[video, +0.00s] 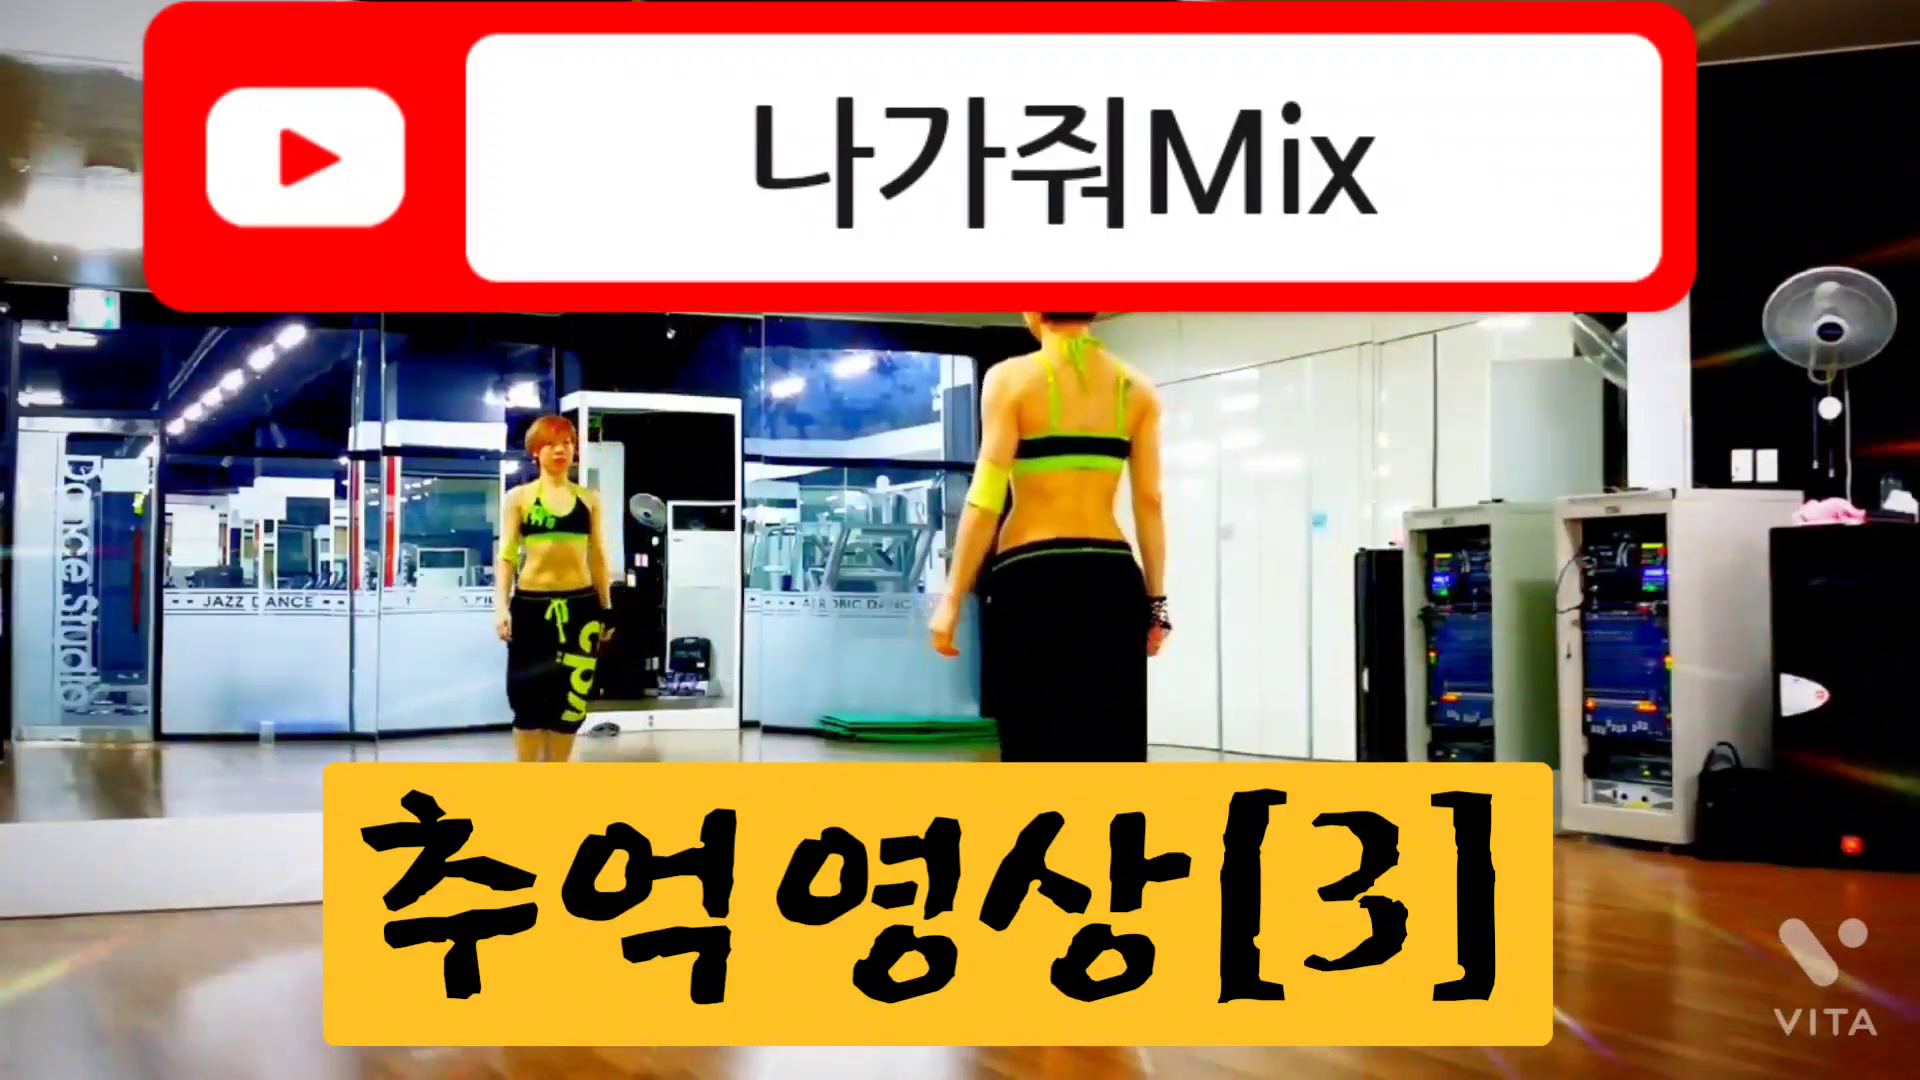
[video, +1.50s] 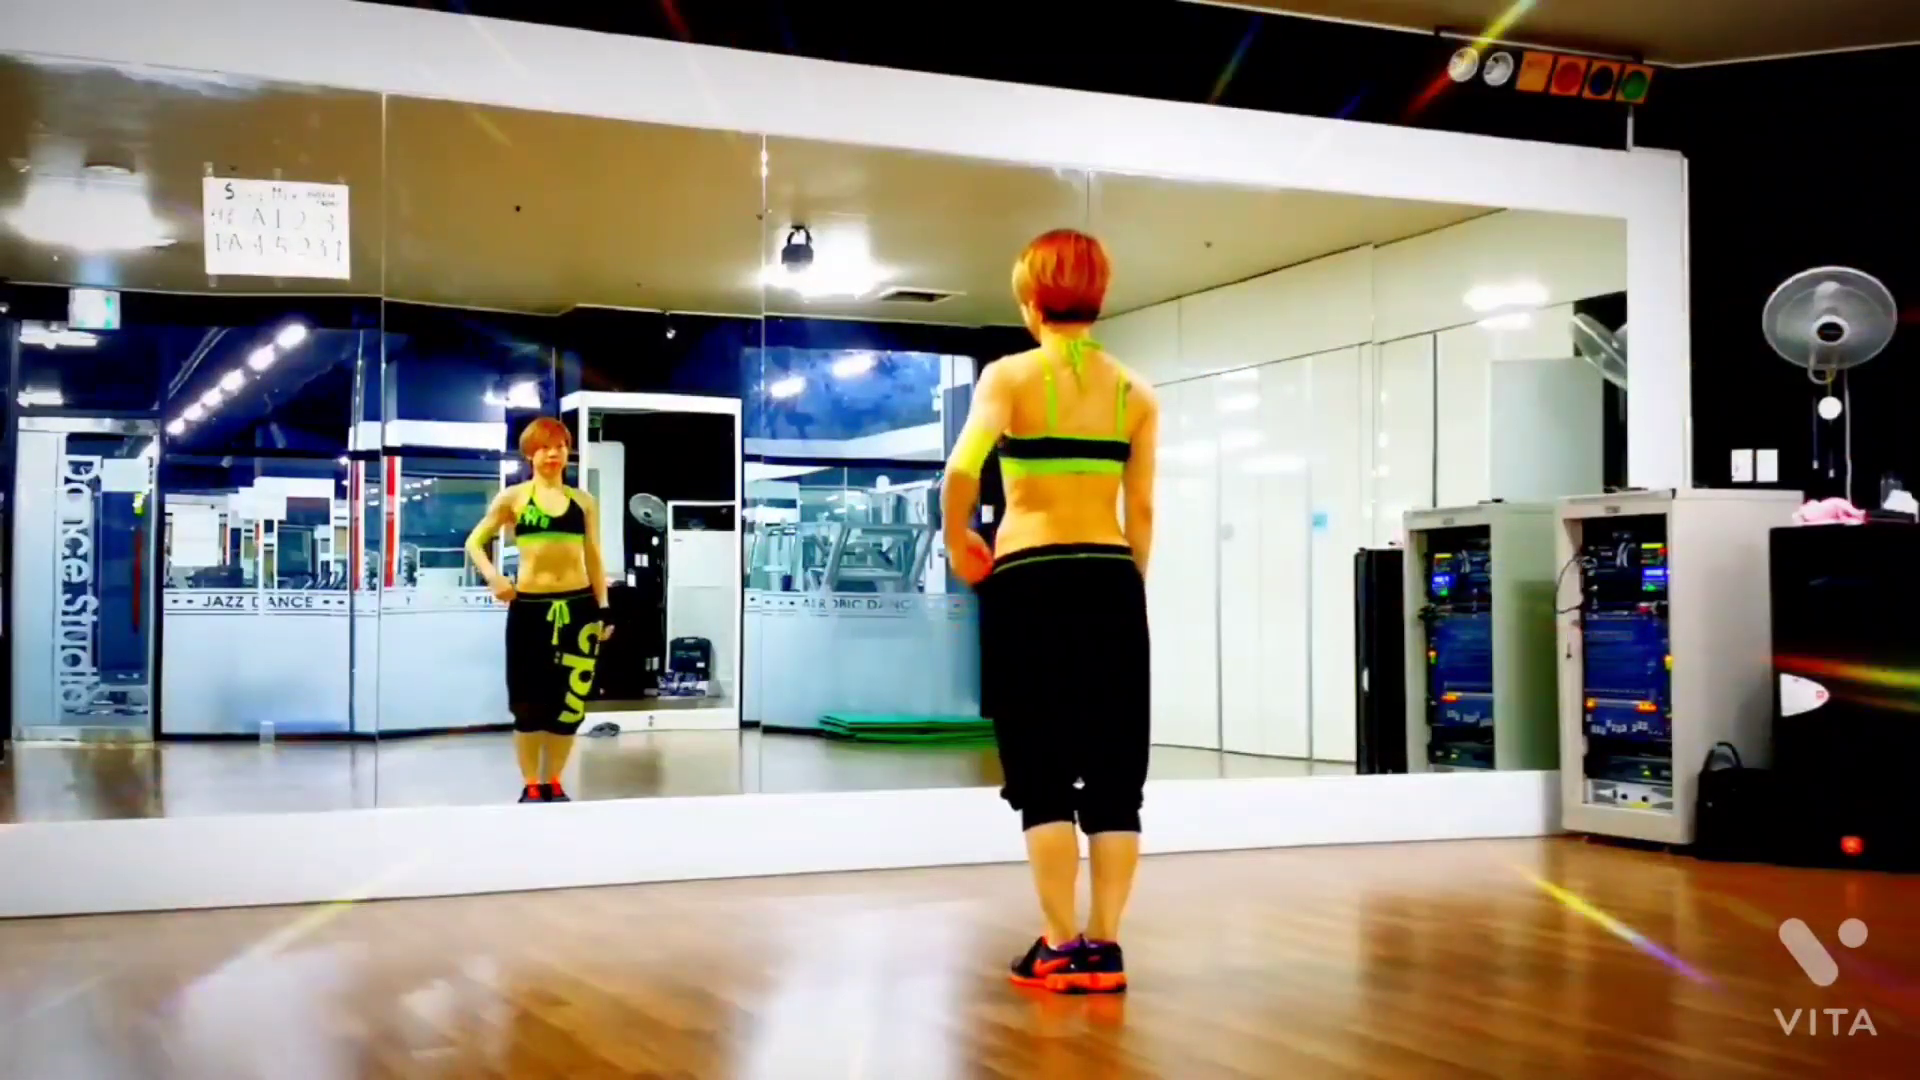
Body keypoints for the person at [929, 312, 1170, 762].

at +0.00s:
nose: (1024, 316)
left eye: (1025, 309)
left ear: (1033, 313)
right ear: (1094, 313)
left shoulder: (1010, 379)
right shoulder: (1136, 388)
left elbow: (986, 500)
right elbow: (1149, 502)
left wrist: (952, 599)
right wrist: (1157, 600)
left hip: (1029, 584)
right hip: (1110, 583)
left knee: (1032, 752)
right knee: (1112, 750)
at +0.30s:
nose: (1025, 305)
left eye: (1027, 293)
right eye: (1037, 293)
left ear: (1032, 300)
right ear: (1101, 299)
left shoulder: (1007, 380)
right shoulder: (1135, 389)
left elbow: (997, 502)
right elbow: (1145, 506)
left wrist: (977, 606)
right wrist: (1141, 588)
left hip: (1032, 589)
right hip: (1116, 587)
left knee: (1044, 765)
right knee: (1120, 766)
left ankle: (1061, 939)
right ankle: (1104, 944)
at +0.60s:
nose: (1024, 301)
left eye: (1025, 291)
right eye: (1033, 290)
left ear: (1032, 296)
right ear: (1101, 296)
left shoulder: (1006, 377)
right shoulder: (1136, 389)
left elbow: (982, 499)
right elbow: (1142, 506)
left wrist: (951, 599)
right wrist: (1128, 580)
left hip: (1027, 588)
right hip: (1112, 586)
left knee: (1043, 767)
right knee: (1115, 764)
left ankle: (1062, 939)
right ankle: (1105, 944)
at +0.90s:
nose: (1023, 302)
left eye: (1024, 291)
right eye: (1034, 291)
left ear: (1030, 298)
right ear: (1101, 297)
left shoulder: (1006, 380)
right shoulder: (1134, 388)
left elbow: (987, 499)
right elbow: (1152, 503)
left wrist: (957, 603)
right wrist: (1144, 587)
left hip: (1024, 590)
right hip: (1109, 589)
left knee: (1041, 767)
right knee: (1116, 767)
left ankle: (1060, 939)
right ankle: (1104, 944)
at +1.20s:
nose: (1023, 305)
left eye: (1024, 294)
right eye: (1034, 293)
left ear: (1030, 299)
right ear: (1099, 298)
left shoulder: (1008, 376)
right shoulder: (1134, 388)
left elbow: (978, 478)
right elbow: (1143, 502)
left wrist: (960, 555)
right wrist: (1134, 577)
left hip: (1030, 588)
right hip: (1114, 586)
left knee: (1041, 766)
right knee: (1119, 767)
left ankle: (1061, 940)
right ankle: (1104, 944)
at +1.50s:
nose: (1023, 304)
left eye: (1024, 293)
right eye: (1036, 292)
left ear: (1029, 299)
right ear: (1099, 298)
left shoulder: (1006, 377)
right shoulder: (1134, 391)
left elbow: (962, 473)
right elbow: (1140, 505)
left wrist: (961, 548)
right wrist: (1131, 577)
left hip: (1027, 587)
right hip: (1111, 585)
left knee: (1039, 765)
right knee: (1116, 766)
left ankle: (1061, 940)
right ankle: (1104, 945)